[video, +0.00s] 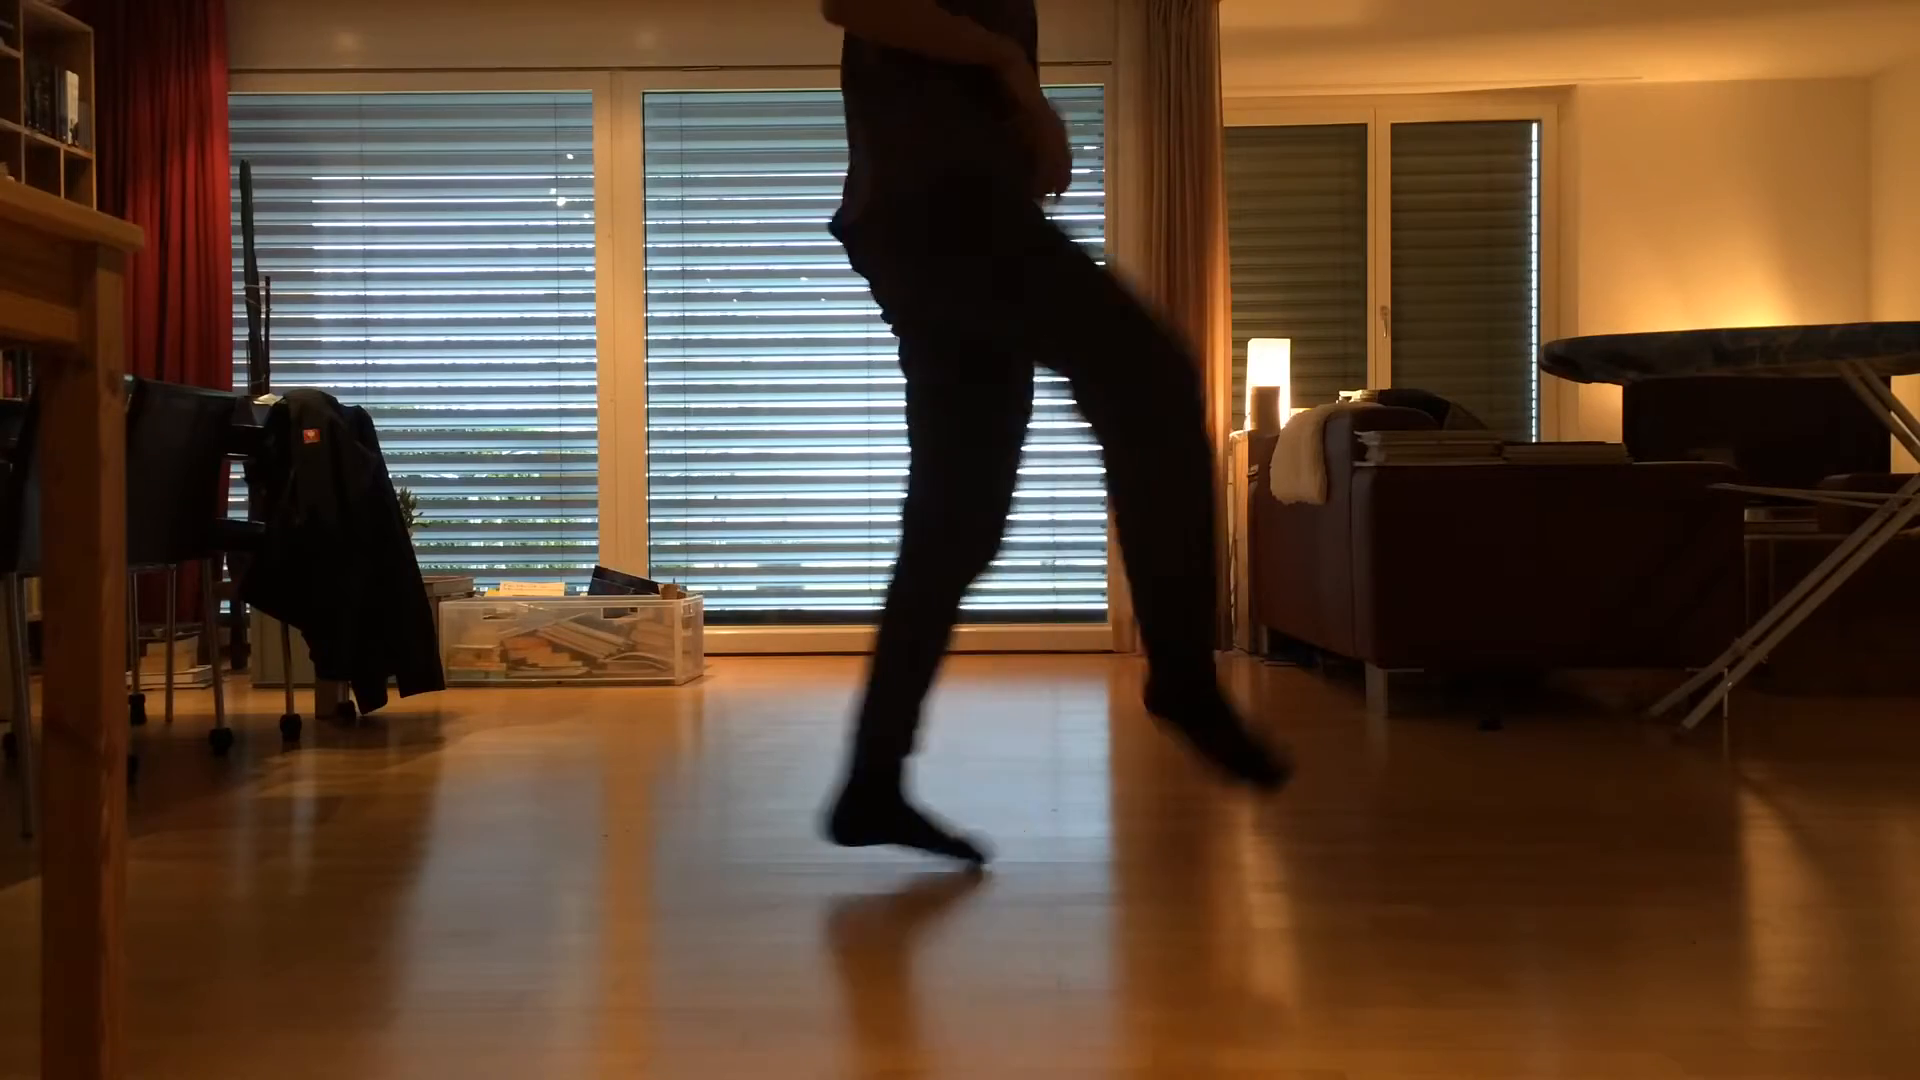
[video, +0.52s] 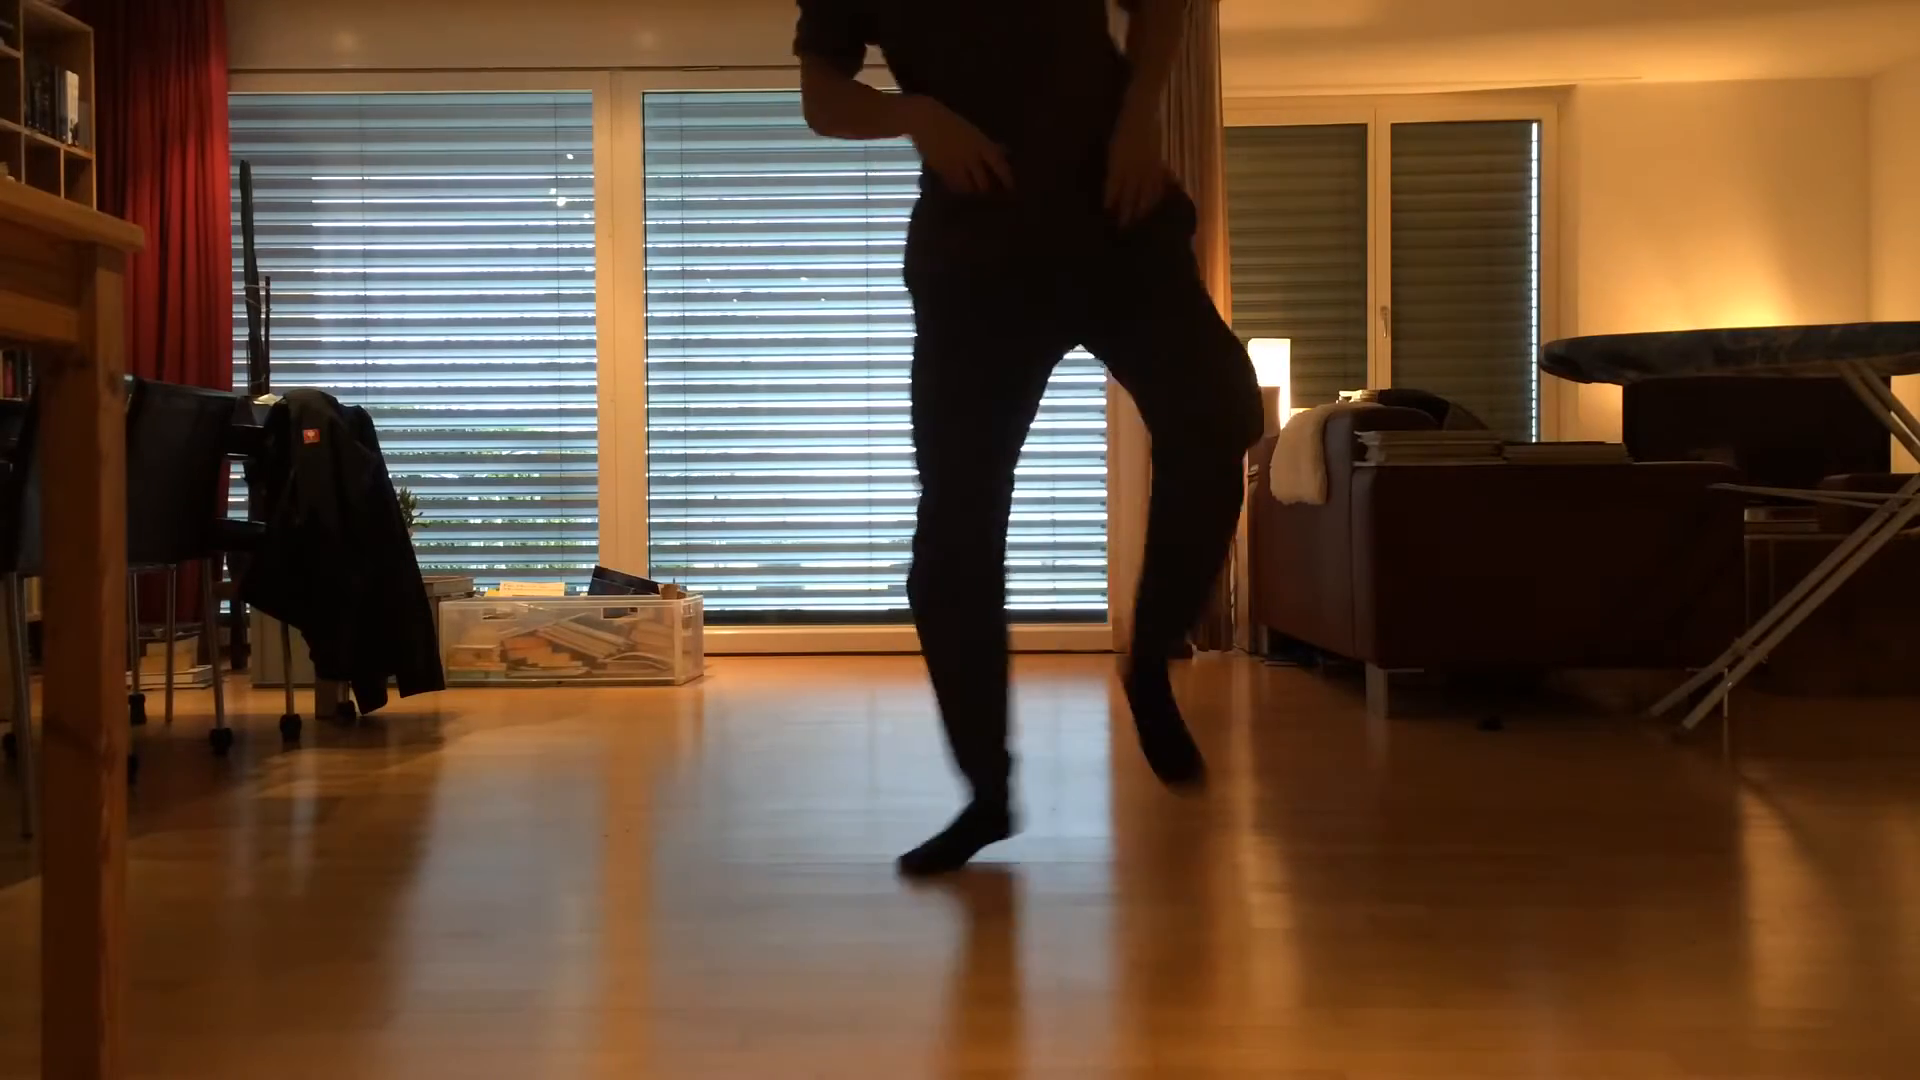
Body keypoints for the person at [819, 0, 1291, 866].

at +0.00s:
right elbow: (852, 11)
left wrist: (1029, 123)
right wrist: (1008, 60)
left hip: (963, 208)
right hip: (938, 208)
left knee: (953, 522)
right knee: (1153, 386)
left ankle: (871, 788)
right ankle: (1184, 682)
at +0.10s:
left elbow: (1016, 46)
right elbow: (820, 38)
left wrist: (1066, 93)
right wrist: (988, 81)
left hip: (986, 243)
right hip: (953, 248)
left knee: (907, 538)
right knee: (1071, 520)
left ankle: (825, 822)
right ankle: (1104, 816)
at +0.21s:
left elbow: (1090, 54)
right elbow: (805, 65)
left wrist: (1095, 91)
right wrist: (963, 93)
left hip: (1017, 248)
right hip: (929, 247)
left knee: (979, 525)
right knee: (1016, 520)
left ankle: (849, 772)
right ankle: (1031, 813)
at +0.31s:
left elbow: (1133, 50)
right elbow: (793, 88)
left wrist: (1095, 98)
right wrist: (917, 91)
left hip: (1049, 234)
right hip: (932, 246)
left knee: (1169, 488)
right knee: (969, 551)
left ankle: (988, 584)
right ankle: (925, 822)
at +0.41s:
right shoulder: (841, 1)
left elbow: (1150, 39)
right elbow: (802, 112)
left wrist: (1117, 122)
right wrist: (916, 132)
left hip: (1080, 253)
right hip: (951, 272)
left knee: (1232, 426)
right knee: (957, 566)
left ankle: (1106, 531)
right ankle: (933, 819)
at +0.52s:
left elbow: (1165, 6)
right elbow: (825, 99)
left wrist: (1141, 117)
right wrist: (915, 110)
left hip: (1116, 210)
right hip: (977, 227)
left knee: (1217, 425)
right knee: (958, 513)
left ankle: (1150, 661)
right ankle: (987, 789)